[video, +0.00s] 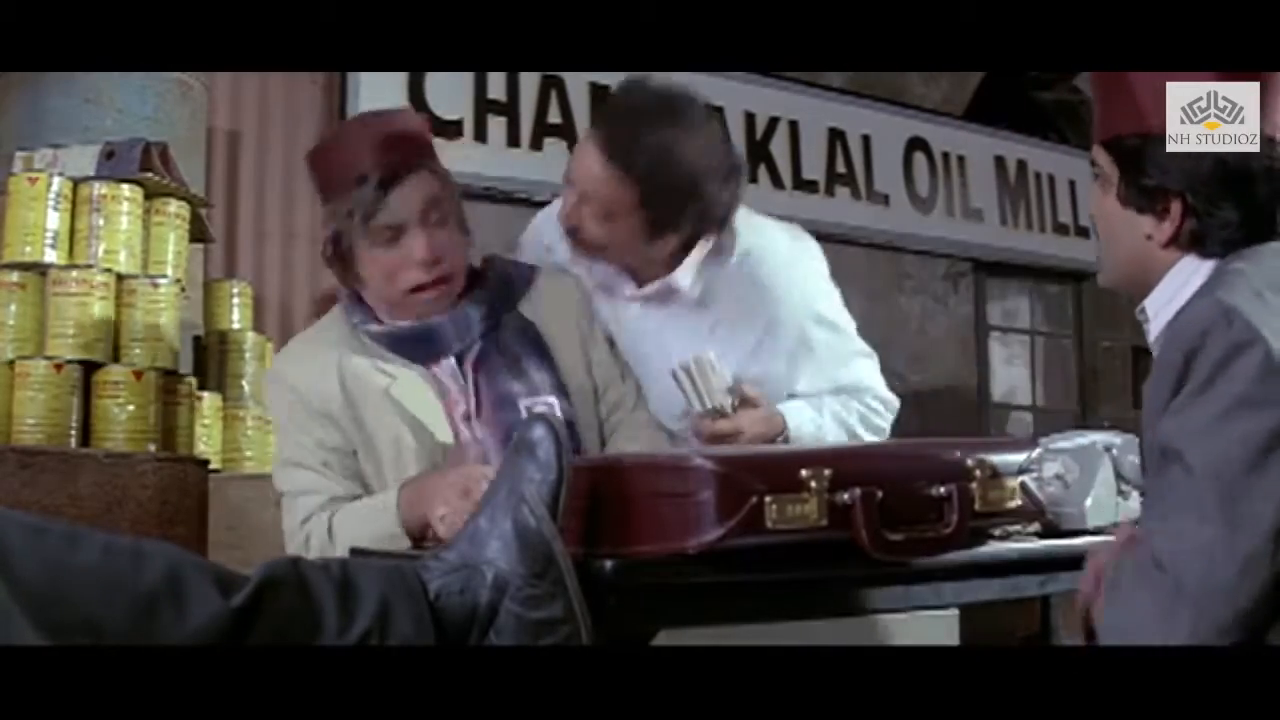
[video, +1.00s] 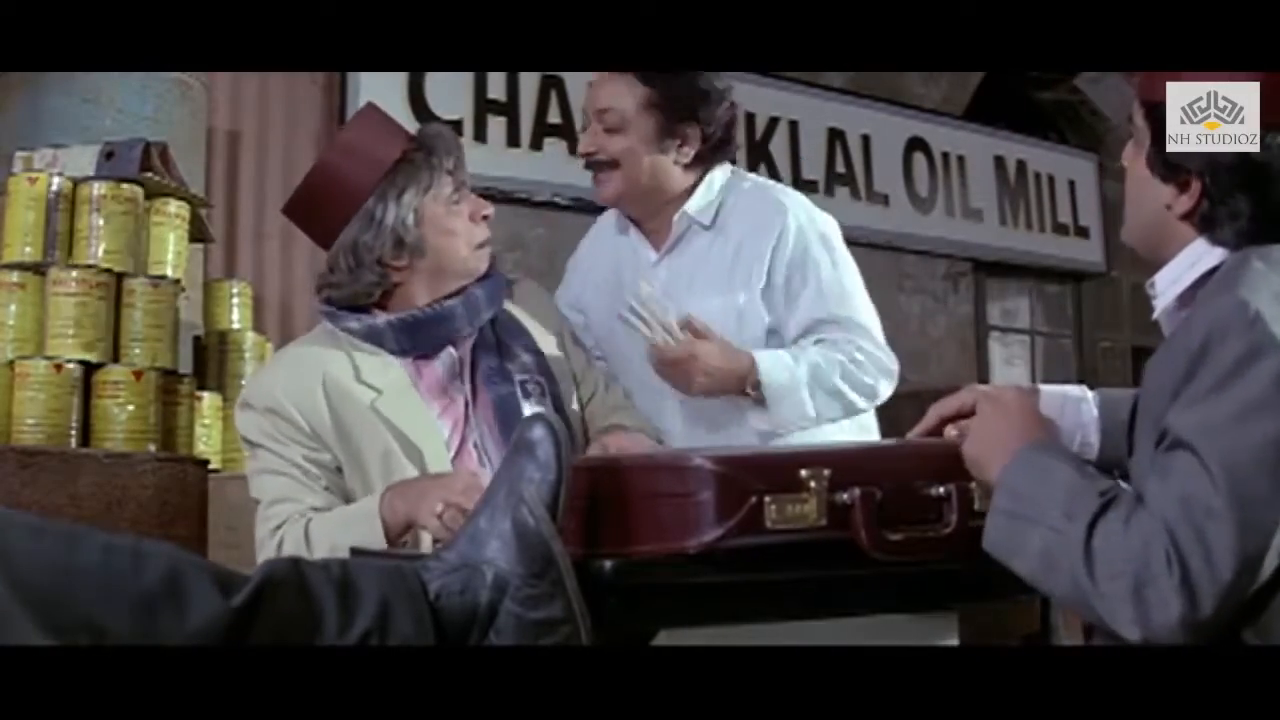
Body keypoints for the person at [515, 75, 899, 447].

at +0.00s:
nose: (565, 216)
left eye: (595, 213)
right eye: (570, 188)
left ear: (670, 229)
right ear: (572, 167)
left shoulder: (779, 272)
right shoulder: (550, 240)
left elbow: (867, 409)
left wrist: (780, 425)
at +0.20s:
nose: (590, 139)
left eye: (614, 121)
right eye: (585, 115)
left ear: (692, 124)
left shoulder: (785, 227)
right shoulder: (578, 201)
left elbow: (860, 361)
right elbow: (553, 337)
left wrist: (789, 366)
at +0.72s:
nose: (625, 119)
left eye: (649, 100)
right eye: (618, 101)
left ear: (721, 113)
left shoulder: (813, 197)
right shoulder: (623, 198)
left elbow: (880, 341)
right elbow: (580, 340)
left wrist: (762, 338)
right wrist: (613, 327)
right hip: (661, 488)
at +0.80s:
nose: (617, 123)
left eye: (641, 105)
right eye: (616, 103)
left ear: (716, 123)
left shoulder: (807, 200)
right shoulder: (621, 208)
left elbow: (883, 341)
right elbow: (587, 361)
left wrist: (758, 351)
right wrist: (591, 307)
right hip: (661, 496)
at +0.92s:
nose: (598, 136)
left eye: (622, 117)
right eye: (598, 117)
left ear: (694, 134)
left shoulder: (793, 219)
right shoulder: (597, 249)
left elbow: (878, 351)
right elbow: (571, 377)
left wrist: (771, 377)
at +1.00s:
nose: (586, 146)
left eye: (610, 128)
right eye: (588, 128)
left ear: (683, 143)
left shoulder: (785, 224)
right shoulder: (592, 260)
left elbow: (865, 363)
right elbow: (576, 390)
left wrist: (750, 374)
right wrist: (611, 434)